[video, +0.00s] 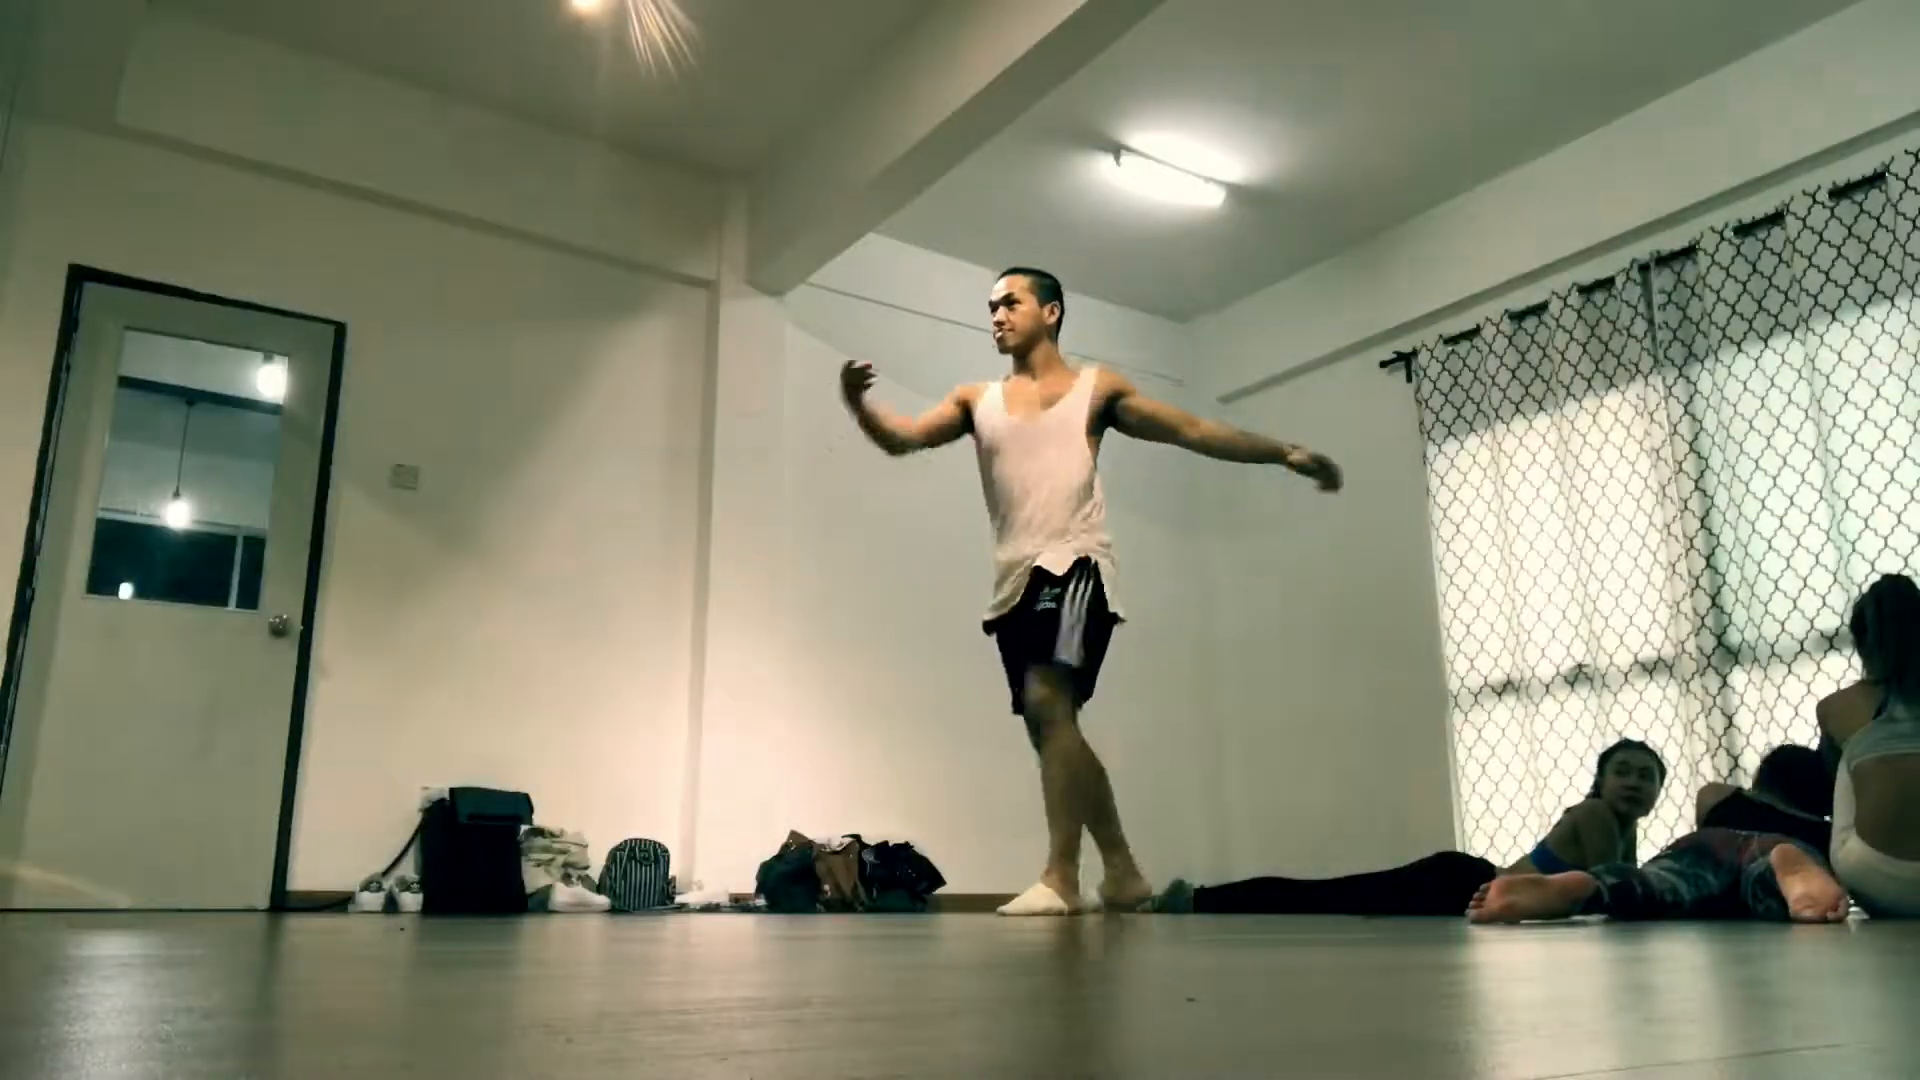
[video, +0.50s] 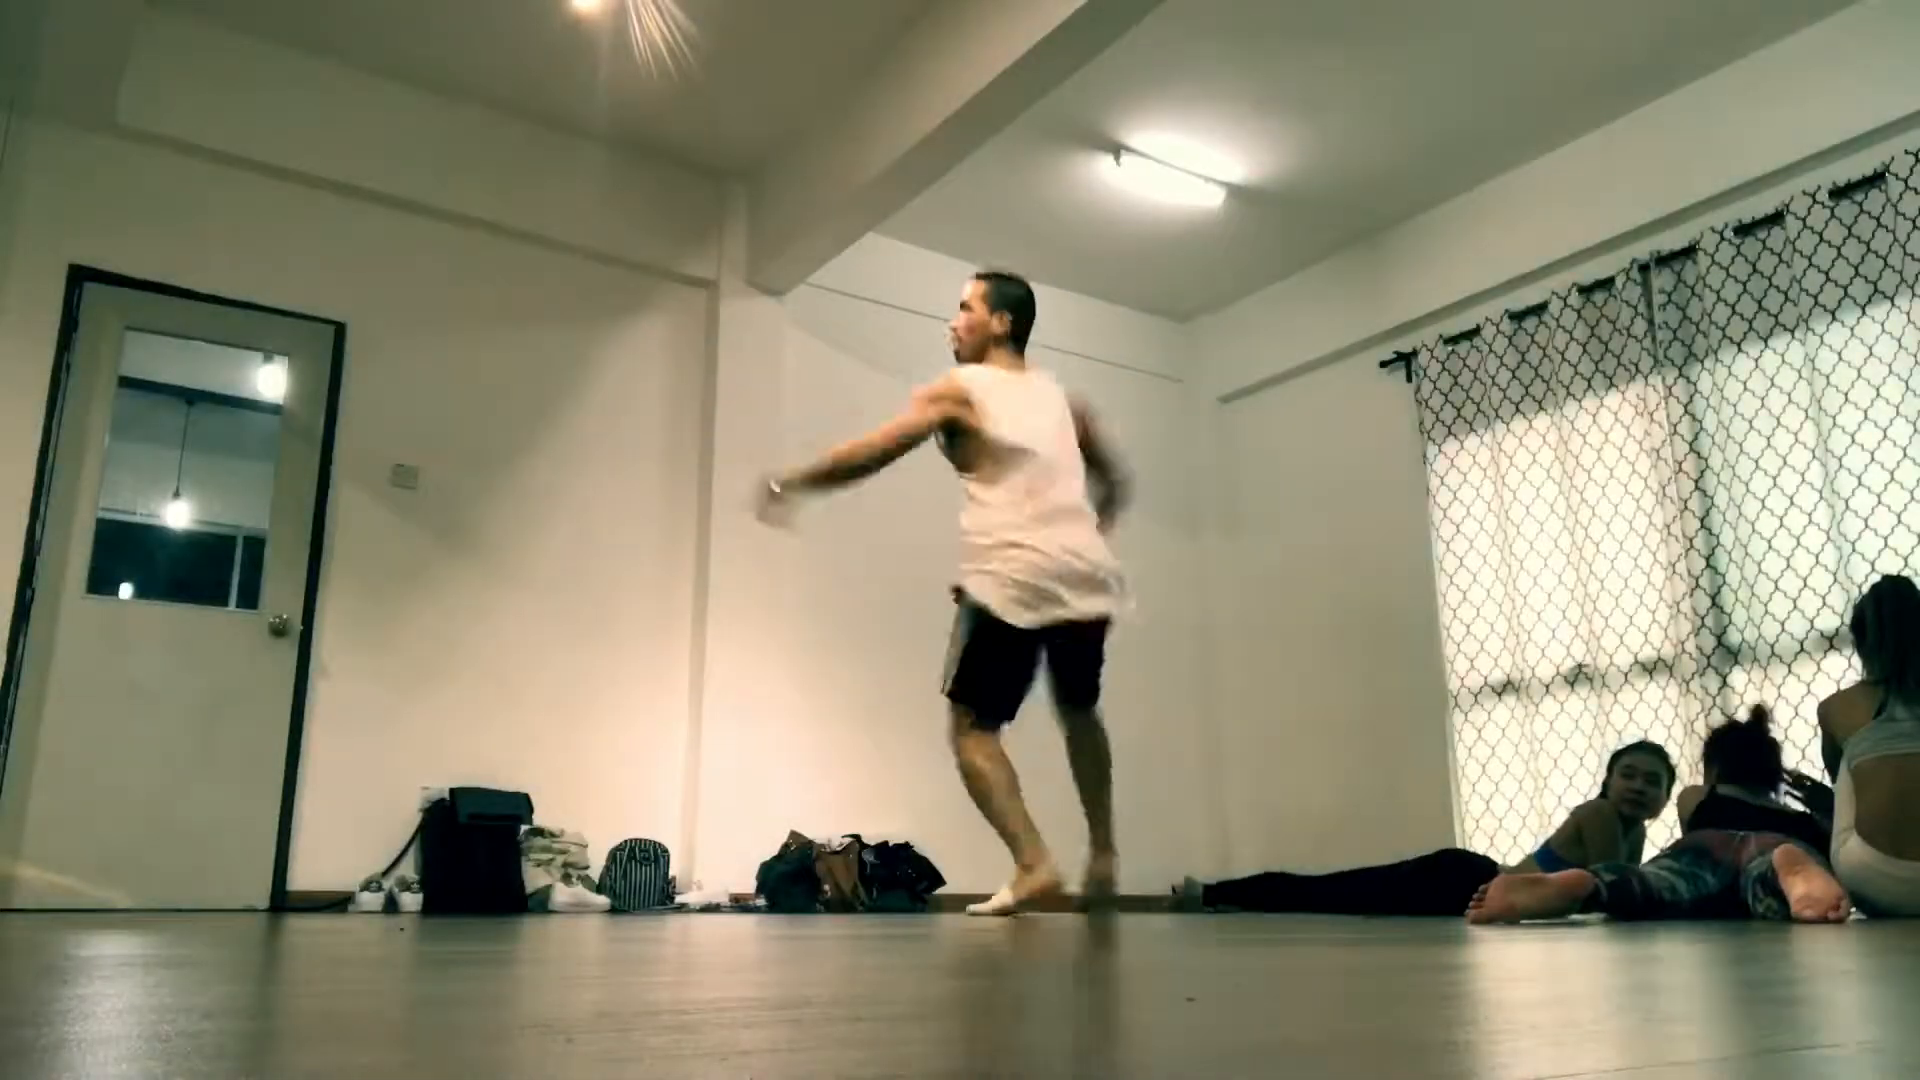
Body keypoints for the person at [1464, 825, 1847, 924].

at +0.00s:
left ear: (1759, 786)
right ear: (1817, 796)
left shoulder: (1725, 801)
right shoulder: (1820, 829)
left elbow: (1707, 794)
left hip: (1716, 839)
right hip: (1785, 845)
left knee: (1657, 878)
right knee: (1775, 875)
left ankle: (1569, 885)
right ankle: (1796, 870)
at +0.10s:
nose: (1737, 777)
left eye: (1745, 770)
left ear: (1751, 776)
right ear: (1813, 791)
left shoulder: (1714, 796)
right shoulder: (1820, 827)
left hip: (1713, 842)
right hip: (1784, 847)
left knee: (1663, 877)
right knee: (1777, 876)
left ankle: (1577, 885)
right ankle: (1798, 872)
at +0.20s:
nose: (1730, 773)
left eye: (1735, 764)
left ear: (1746, 768)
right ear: (1807, 782)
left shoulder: (1711, 795)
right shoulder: (1816, 821)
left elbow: (1706, 839)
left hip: (1713, 843)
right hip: (1786, 843)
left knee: (1657, 879)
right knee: (1779, 873)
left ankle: (1576, 884)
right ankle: (1801, 877)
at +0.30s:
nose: (1720, 777)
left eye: (1724, 768)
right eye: (1724, 769)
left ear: (1737, 770)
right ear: (1795, 781)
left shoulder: (1704, 797)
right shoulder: (1806, 823)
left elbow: (1706, 838)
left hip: (1713, 841)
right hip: (1789, 840)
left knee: (1660, 878)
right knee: (1775, 873)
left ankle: (1578, 885)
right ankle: (1800, 877)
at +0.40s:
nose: (1710, 775)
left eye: (1715, 767)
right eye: (1714, 766)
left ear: (1727, 770)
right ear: (1783, 776)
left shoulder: (1699, 796)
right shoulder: (1803, 822)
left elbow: (1703, 837)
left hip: (1714, 840)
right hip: (1788, 840)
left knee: (1660, 877)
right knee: (1776, 873)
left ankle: (1582, 885)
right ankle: (1801, 874)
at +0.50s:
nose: (1701, 778)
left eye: (1703, 770)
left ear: (1711, 771)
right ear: (1774, 773)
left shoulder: (1694, 799)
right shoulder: (1795, 818)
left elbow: (1696, 845)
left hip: (1710, 843)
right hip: (1778, 841)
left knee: (1655, 877)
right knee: (1785, 868)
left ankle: (1579, 884)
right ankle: (1805, 877)